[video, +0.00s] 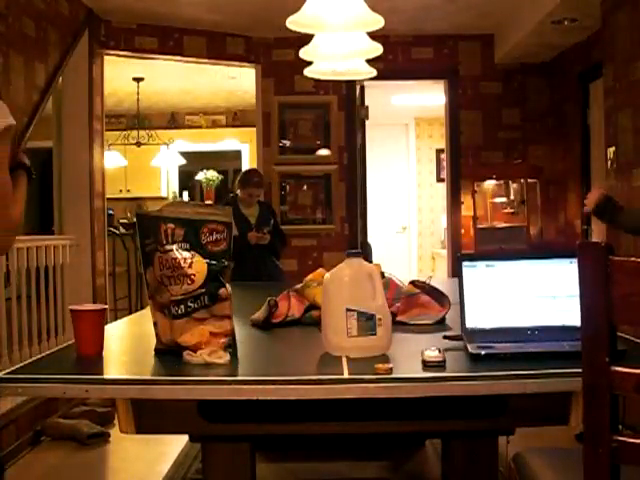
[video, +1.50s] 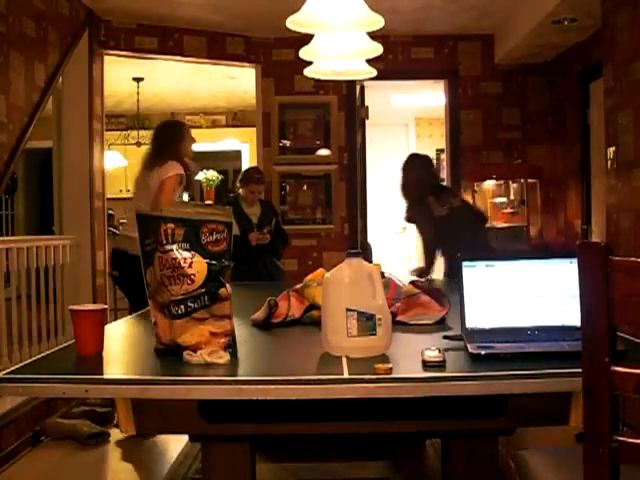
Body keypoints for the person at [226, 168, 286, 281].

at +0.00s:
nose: (253, 200)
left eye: (257, 196)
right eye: (249, 195)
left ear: (262, 192)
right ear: (240, 190)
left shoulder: (266, 208)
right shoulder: (229, 208)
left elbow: (282, 240)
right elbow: (224, 244)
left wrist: (269, 239)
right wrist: (246, 239)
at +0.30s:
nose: (253, 200)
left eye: (257, 196)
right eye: (249, 195)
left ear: (262, 192)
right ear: (239, 190)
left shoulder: (266, 208)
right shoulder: (229, 208)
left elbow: (281, 240)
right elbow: (224, 244)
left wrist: (269, 239)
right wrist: (246, 239)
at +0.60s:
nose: (253, 200)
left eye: (257, 196)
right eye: (249, 195)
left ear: (262, 192)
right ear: (239, 189)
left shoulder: (266, 208)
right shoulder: (229, 208)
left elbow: (281, 240)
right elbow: (224, 244)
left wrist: (269, 239)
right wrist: (246, 239)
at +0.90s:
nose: (254, 199)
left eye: (257, 195)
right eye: (250, 194)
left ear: (261, 192)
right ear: (240, 189)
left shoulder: (266, 208)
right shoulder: (229, 208)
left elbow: (282, 240)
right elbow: (224, 244)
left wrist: (269, 239)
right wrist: (246, 239)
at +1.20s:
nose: (254, 199)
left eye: (258, 194)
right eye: (249, 194)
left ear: (262, 191)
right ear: (240, 189)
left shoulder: (266, 208)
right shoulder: (229, 208)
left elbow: (282, 239)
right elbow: (225, 242)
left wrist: (269, 239)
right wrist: (246, 240)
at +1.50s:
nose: (255, 197)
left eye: (259, 193)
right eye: (251, 193)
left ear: (263, 190)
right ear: (241, 188)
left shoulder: (268, 207)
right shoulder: (230, 207)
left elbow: (283, 238)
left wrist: (270, 239)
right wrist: (247, 239)